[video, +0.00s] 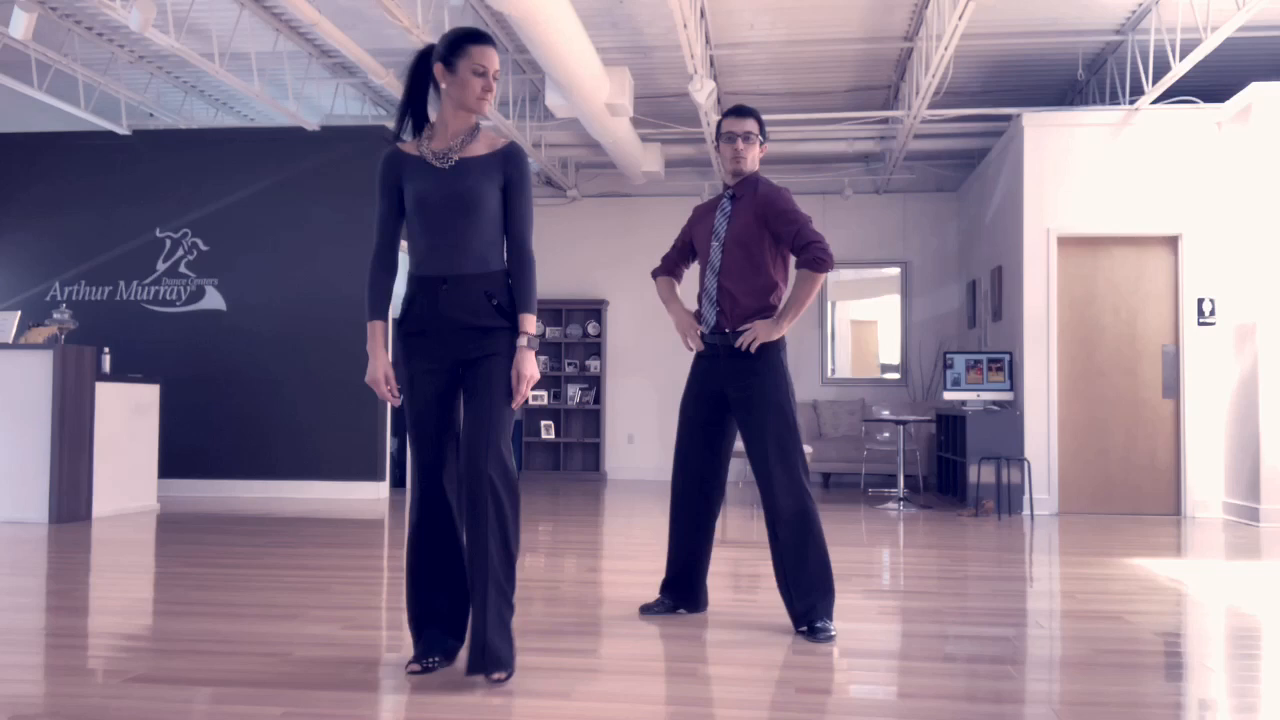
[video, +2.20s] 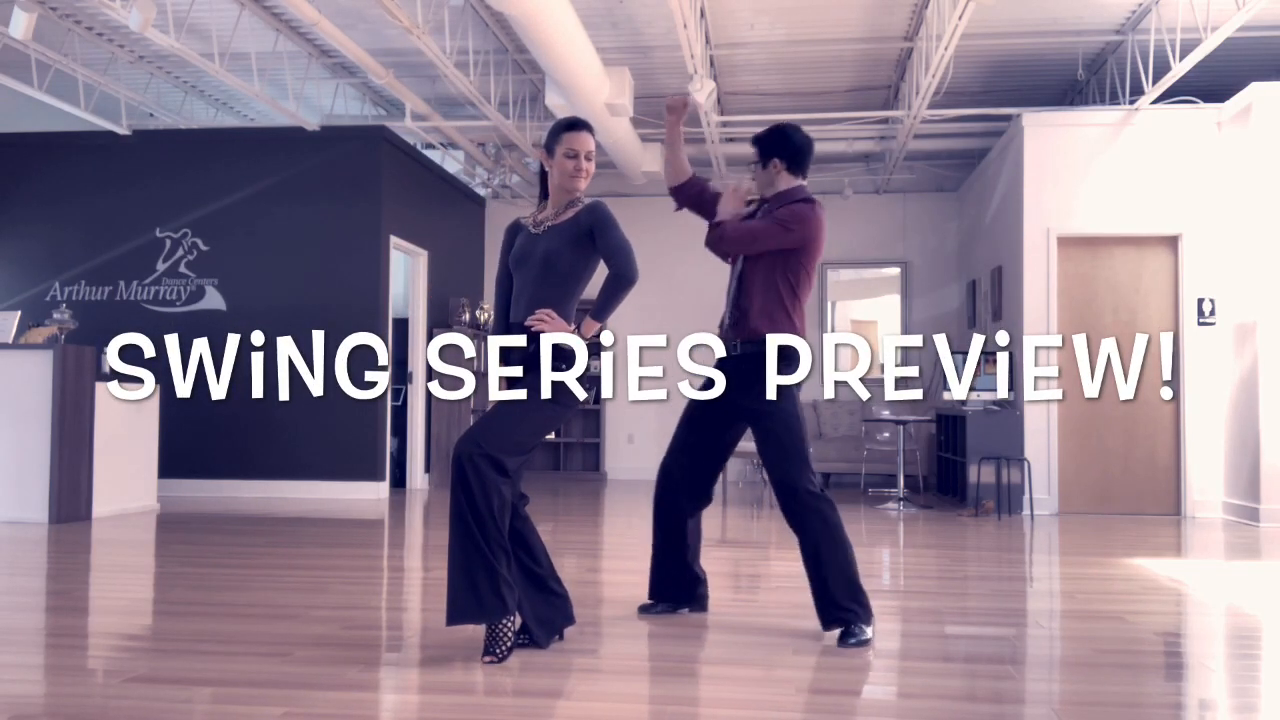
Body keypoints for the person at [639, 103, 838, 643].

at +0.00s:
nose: (737, 147)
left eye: (747, 139)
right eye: (728, 139)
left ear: (762, 148)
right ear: (715, 148)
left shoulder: (769, 197)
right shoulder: (705, 213)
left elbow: (818, 258)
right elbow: (664, 273)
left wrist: (783, 321)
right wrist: (679, 314)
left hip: (757, 357)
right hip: (709, 358)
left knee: (784, 482)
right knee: (693, 477)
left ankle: (813, 611)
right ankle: (683, 593)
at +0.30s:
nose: (721, 157)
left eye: (730, 148)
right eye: (712, 148)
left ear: (744, 155)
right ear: (699, 155)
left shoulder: (749, 200)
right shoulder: (692, 214)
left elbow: (784, 257)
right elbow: (656, 276)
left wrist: (746, 316)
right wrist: (708, 239)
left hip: (749, 355)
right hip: (702, 358)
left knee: (790, 471)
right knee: (674, 475)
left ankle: (827, 600)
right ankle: (681, 592)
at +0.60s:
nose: (709, 154)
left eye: (718, 146)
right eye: (700, 148)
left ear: (736, 151)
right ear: (692, 157)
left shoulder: (748, 185)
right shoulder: (697, 217)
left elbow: (777, 195)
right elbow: (667, 282)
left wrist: (741, 256)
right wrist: (710, 245)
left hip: (754, 352)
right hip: (712, 360)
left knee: (788, 478)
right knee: (690, 478)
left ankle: (843, 606)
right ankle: (682, 591)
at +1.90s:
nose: (703, 182)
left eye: (710, 173)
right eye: (701, 174)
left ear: (742, 174)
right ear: (712, 178)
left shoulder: (774, 224)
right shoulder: (700, 222)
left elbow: (752, 279)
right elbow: (640, 246)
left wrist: (684, 279)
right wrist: (696, 204)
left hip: (756, 367)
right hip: (704, 369)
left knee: (796, 482)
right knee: (658, 484)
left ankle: (849, 614)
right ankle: (681, 592)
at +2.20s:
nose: (751, 172)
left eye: (756, 162)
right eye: (752, 163)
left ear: (777, 164)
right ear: (792, 165)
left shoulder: (802, 215)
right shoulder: (766, 209)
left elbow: (724, 243)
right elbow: (684, 188)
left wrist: (730, 207)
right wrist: (673, 125)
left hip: (769, 361)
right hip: (733, 360)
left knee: (799, 490)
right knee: (679, 475)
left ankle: (851, 615)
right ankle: (679, 590)